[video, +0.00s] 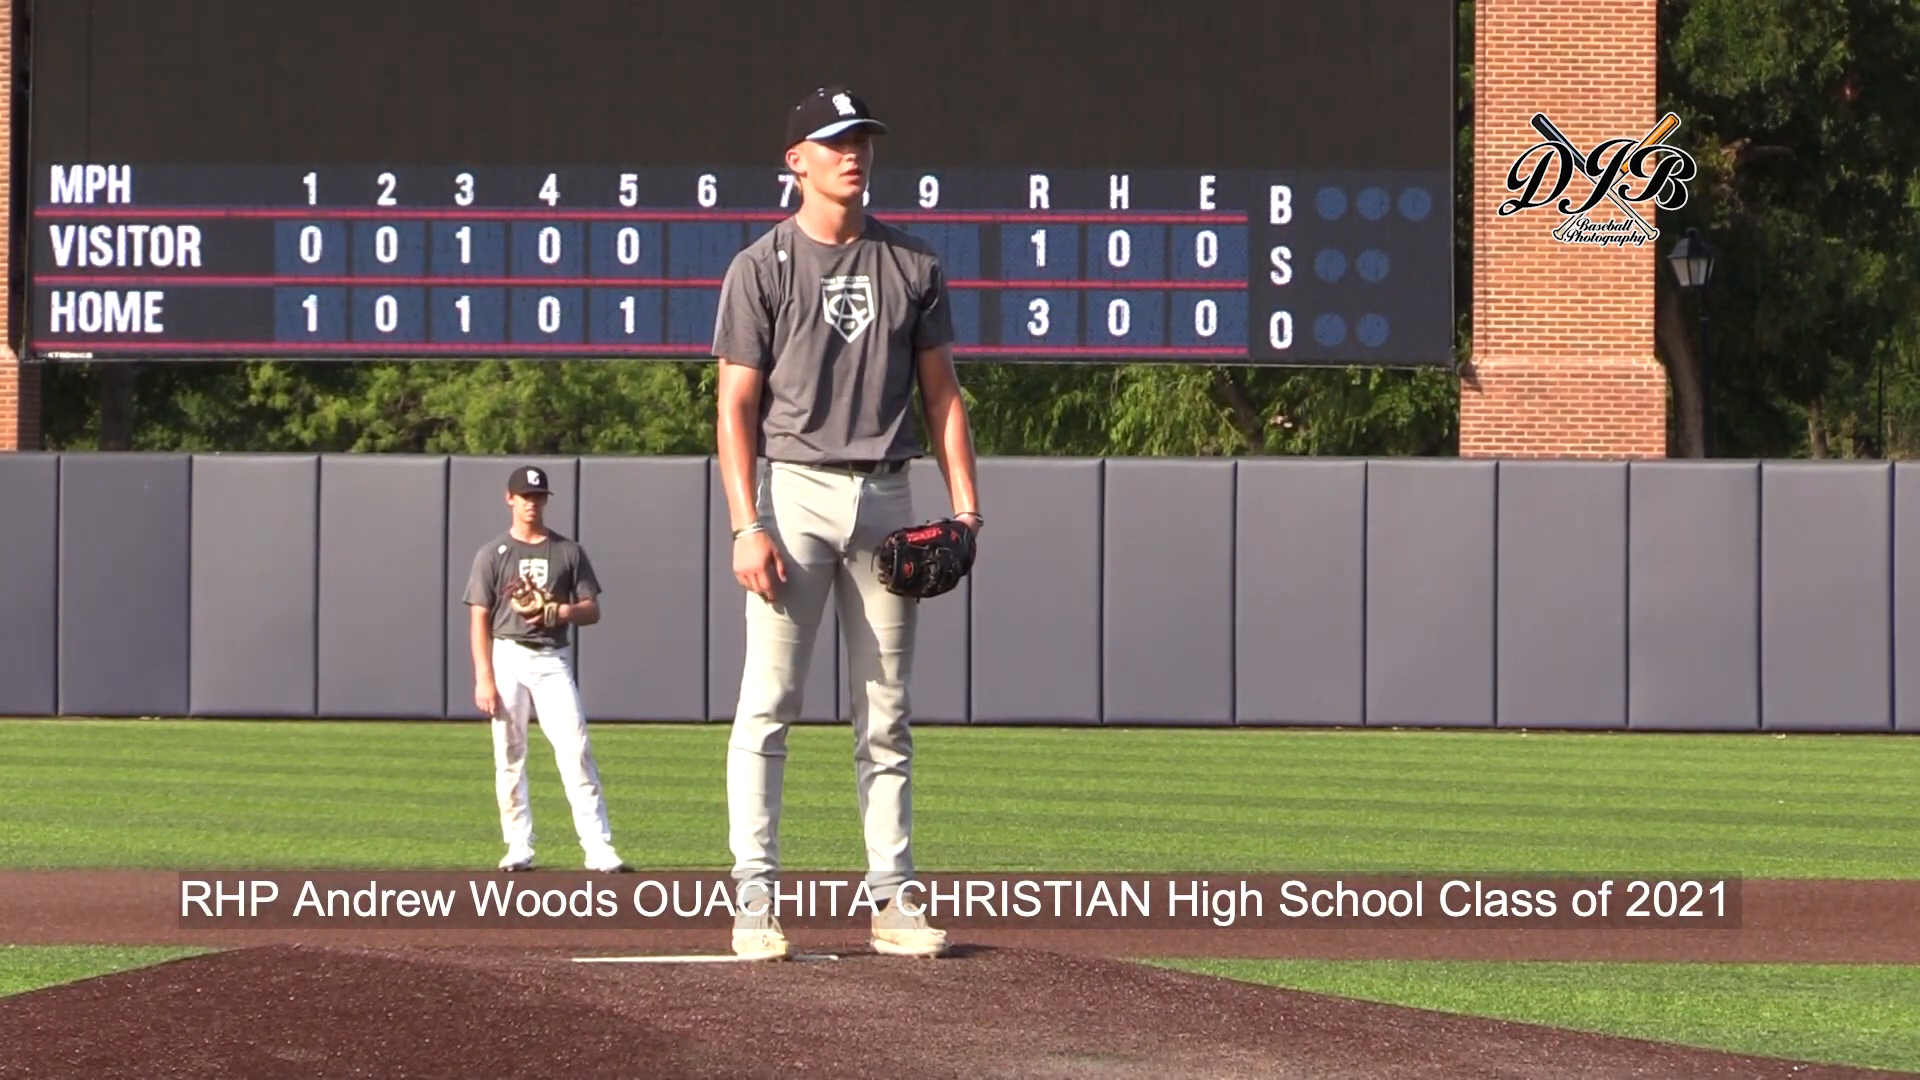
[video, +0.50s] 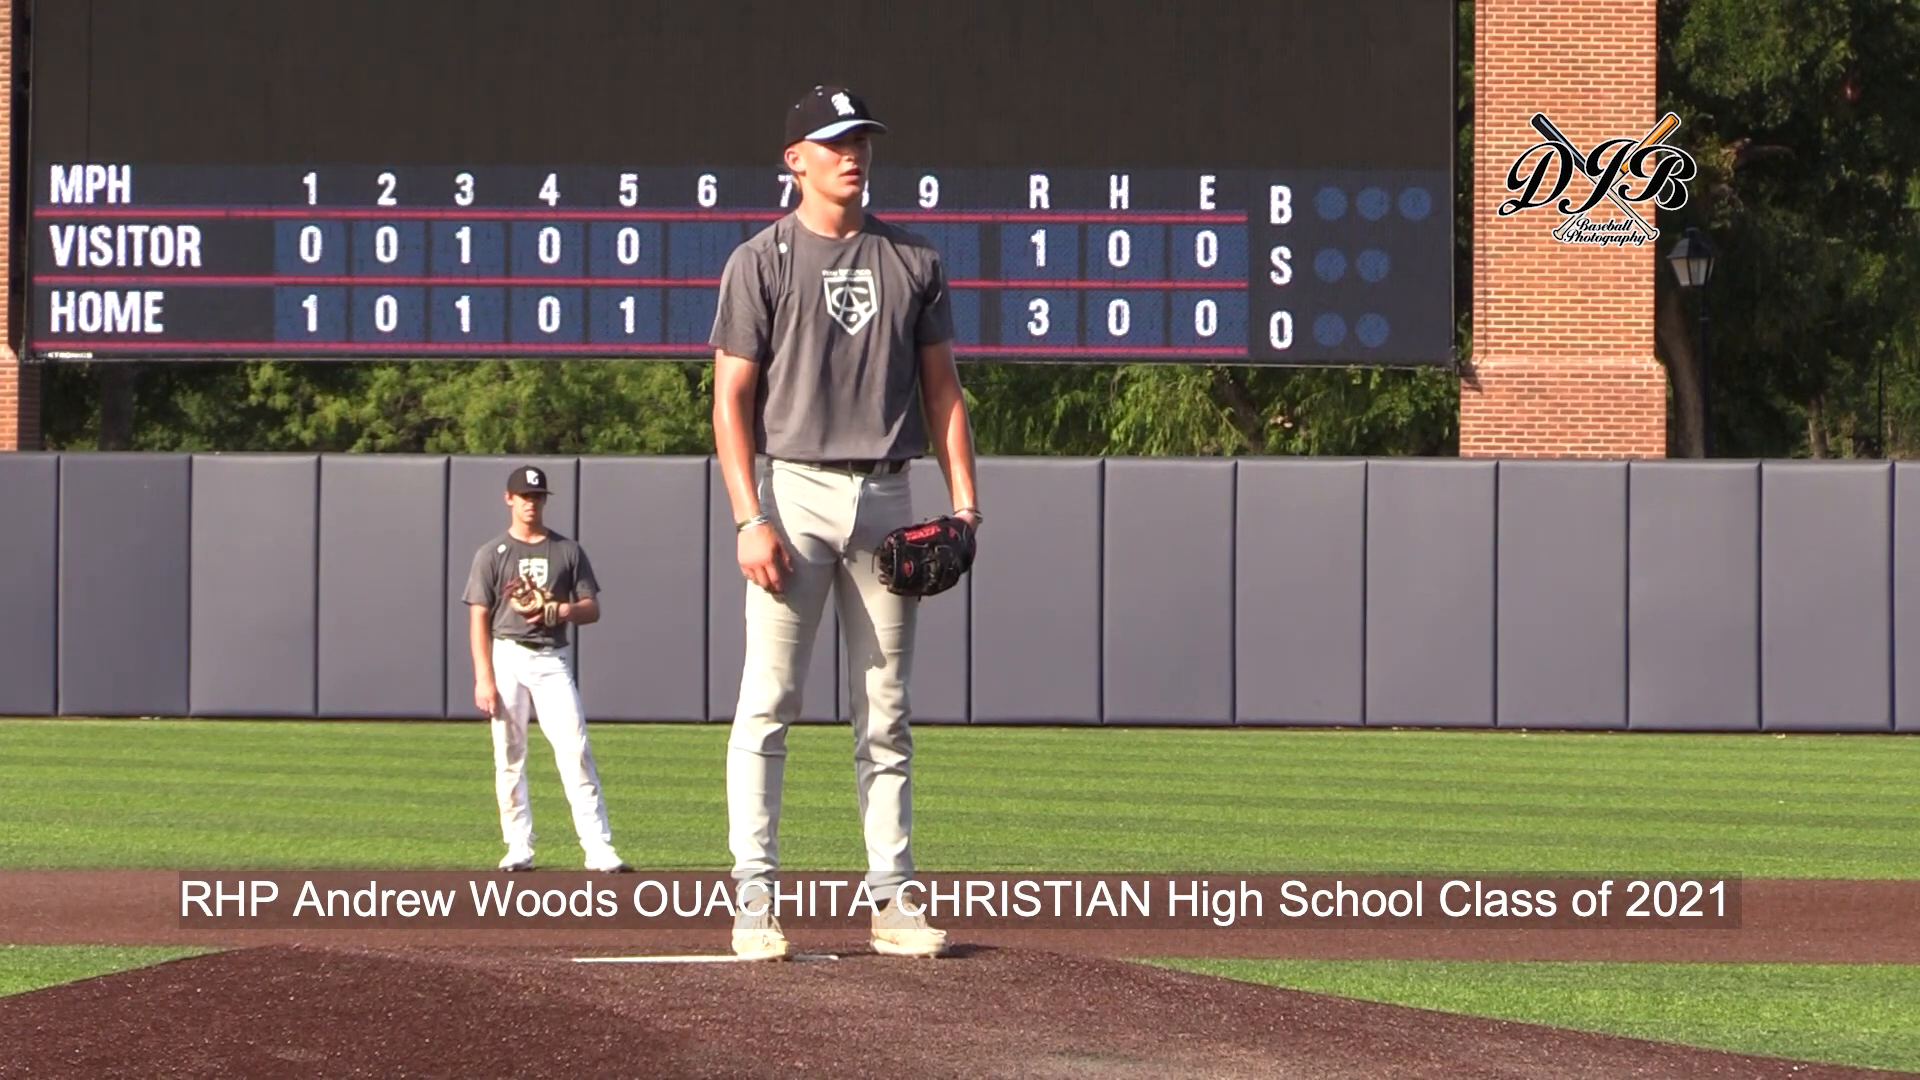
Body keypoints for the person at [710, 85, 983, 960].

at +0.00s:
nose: (852, 159)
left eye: (860, 145)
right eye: (835, 146)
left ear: (872, 158)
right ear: (798, 160)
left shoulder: (912, 267)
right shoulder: (759, 268)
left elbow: (944, 395)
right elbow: (733, 408)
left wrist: (965, 510)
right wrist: (745, 524)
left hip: (888, 497)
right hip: (792, 493)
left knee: (887, 712)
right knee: (769, 704)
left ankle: (893, 897)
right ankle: (755, 895)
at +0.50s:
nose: (852, 158)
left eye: (860, 145)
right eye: (835, 146)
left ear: (870, 156)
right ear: (797, 159)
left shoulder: (913, 263)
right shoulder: (760, 261)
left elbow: (943, 390)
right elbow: (730, 400)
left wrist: (964, 502)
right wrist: (750, 519)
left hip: (889, 497)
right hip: (792, 493)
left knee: (886, 711)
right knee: (769, 704)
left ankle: (892, 899)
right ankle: (755, 894)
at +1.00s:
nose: (839, 158)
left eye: (846, 144)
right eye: (821, 146)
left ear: (857, 157)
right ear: (782, 160)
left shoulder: (901, 259)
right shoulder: (745, 263)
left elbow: (931, 386)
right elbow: (721, 397)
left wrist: (901, 487)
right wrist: (816, 474)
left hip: (875, 502)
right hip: (778, 500)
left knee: (886, 710)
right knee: (764, 700)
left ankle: (892, 897)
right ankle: (754, 898)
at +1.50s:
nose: (845, 160)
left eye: (853, 146)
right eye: (826, 148)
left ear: (867, 158)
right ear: (791, 163)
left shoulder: (914, 258)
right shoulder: (752, 269)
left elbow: (944, 389)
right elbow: (729, 399)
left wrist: (889, 477)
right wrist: (797, 460)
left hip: (884, 507)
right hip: (785, 509)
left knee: (913, 709)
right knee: (769, 705)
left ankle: (964, 902)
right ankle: (755, 902)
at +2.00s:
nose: (911, 163)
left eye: (919, 149)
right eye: (894, 152)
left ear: (934, 159)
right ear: (861, 167)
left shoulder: (973, 251)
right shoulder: (840, 273)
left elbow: (994, 395)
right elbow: (834, 400)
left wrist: (904, 480)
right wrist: (824, 462)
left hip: (950, 502)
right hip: (862, 504)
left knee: (960, 706)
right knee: (829, 695)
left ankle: (970, 906)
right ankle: (836, 896)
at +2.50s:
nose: (926, 165)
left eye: (936, 151)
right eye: (908, 154)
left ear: (953, 160)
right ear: (878, 167)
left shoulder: (983, 251)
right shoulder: (862, 268)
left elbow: (992, 397)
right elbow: (850, 386)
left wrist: (897, 479)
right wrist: (819, 460)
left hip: (960, 502)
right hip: (877, 502)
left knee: (964, 705)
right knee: (858, 704)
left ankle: (972, 908)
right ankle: (878, 899)